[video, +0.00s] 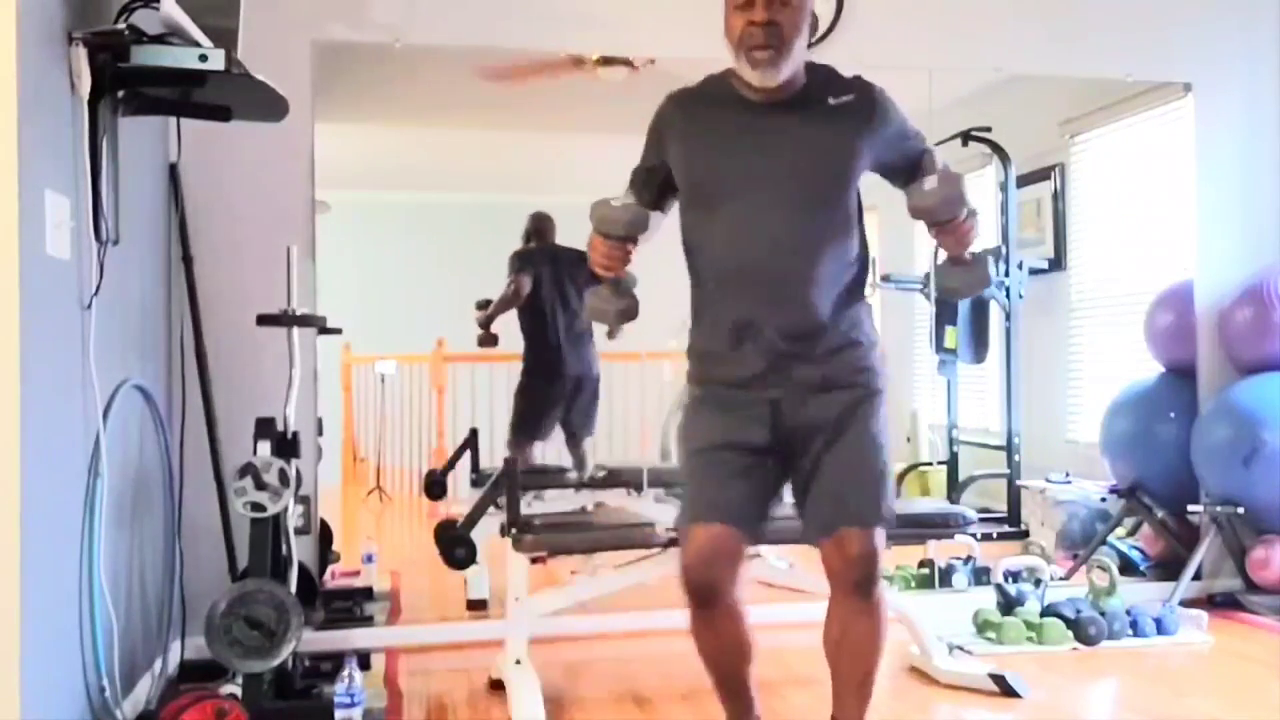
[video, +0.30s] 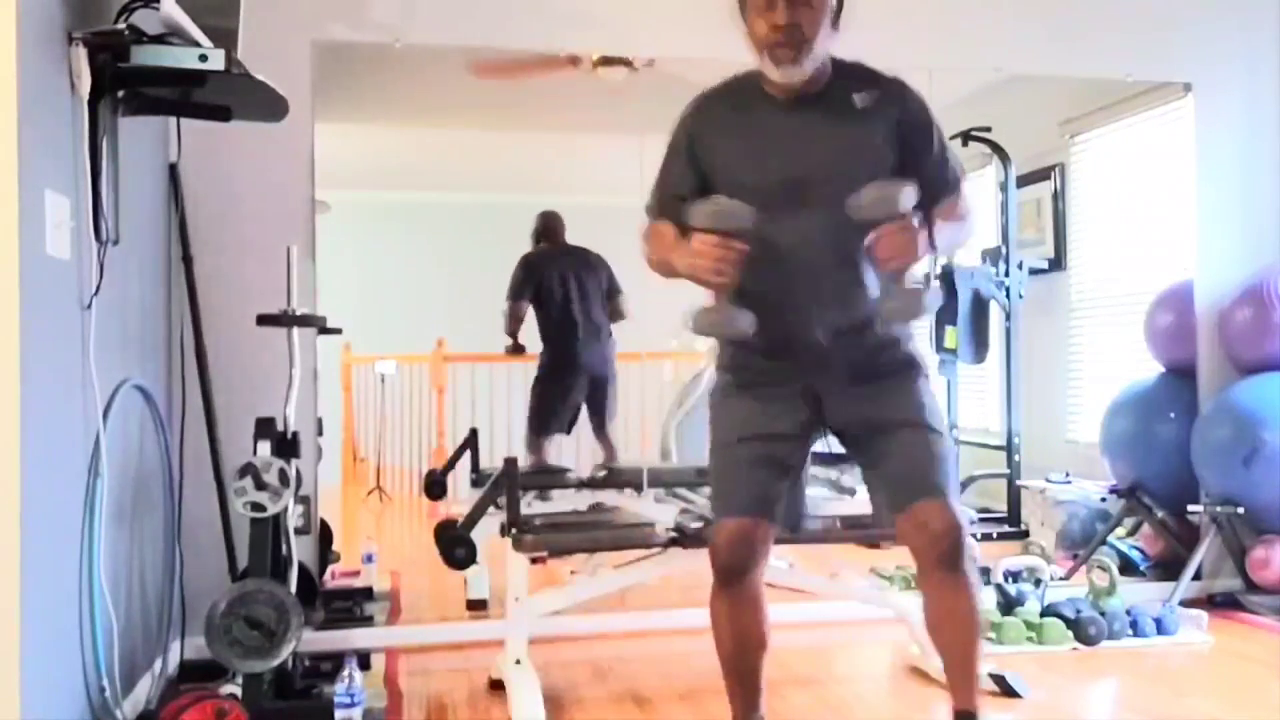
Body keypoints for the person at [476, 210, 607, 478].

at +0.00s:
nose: (527, 239)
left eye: (527, 235)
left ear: (527, 235)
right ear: (554, 234)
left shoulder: (524, 257)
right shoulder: (577, 257)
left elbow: (520, 290)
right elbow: (619, 282)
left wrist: (488, 317)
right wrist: (615, 322)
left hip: (547, 368)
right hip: (585, 369)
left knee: (520, 443)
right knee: (577, 438)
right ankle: (584, 498)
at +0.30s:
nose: (535, 238)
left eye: (535, 234)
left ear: (536, 235)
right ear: (564, 232)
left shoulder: (532, 262)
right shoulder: (593, 259)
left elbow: (517, 313)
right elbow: (619, 310)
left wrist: (514, 339)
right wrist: (590, 319)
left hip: (562, 359)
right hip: (601, 358)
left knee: (537, 438)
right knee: (603, 427)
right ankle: (613, 466)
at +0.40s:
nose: (543, 259)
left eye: (544, 254)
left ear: (545, 254)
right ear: (572, 253)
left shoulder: (543, 280)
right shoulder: (599, 280)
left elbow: (526, 330)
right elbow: (614, 323)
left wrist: (526, 353)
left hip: (569, 373)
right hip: (608, 372)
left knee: (529, 442)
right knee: (607, 437)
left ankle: (536, 500)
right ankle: (628, 492)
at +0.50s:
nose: (553, 276)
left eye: (555, 272)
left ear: (557, 272)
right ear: (583, 273)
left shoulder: (554, 299)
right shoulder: (606, 298)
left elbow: (540, 353)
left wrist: (534, 364)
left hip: (576, 388)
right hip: (617, 388)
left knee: (524, 447)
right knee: (602, 444)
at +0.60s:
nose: (558, 281)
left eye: (560, 276)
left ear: (563, 277)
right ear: (588, 277)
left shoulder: (562, 301)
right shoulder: (613, 301)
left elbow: (545, 359)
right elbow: (616, 347)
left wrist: (532, 361)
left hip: (583, 390)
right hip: (623, 391)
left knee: (528, 447)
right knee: (599, 446)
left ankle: (537, 503)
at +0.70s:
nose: (560, 268)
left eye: (561, 264)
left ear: (564, 263)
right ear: (591, 262)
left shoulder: (568, 286)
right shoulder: (619, 288)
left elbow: (553, 338)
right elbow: (637, 341)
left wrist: (534, 349)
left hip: (590, 377)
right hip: (629, 378)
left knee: (539, 440)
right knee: (605, 443)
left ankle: (539, 500)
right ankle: (628, 493)